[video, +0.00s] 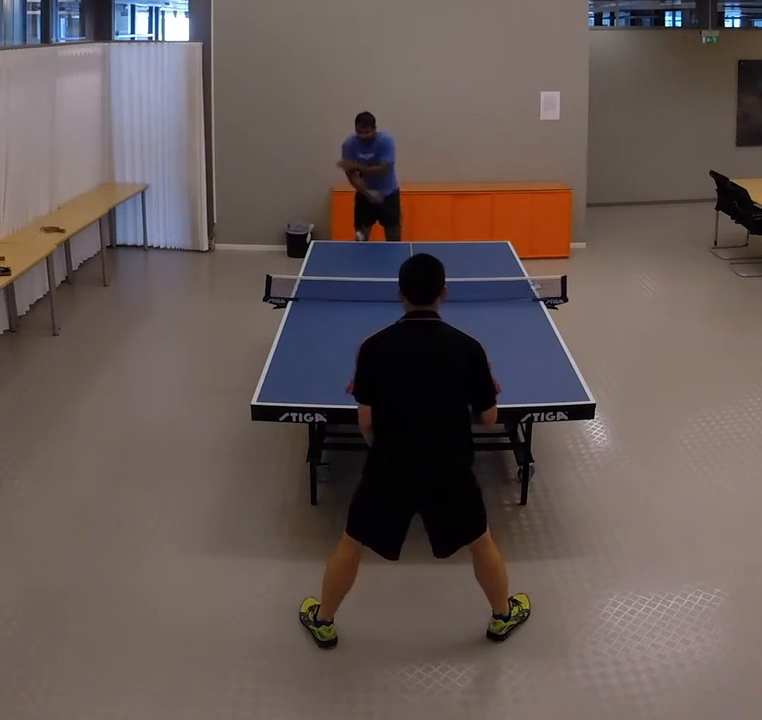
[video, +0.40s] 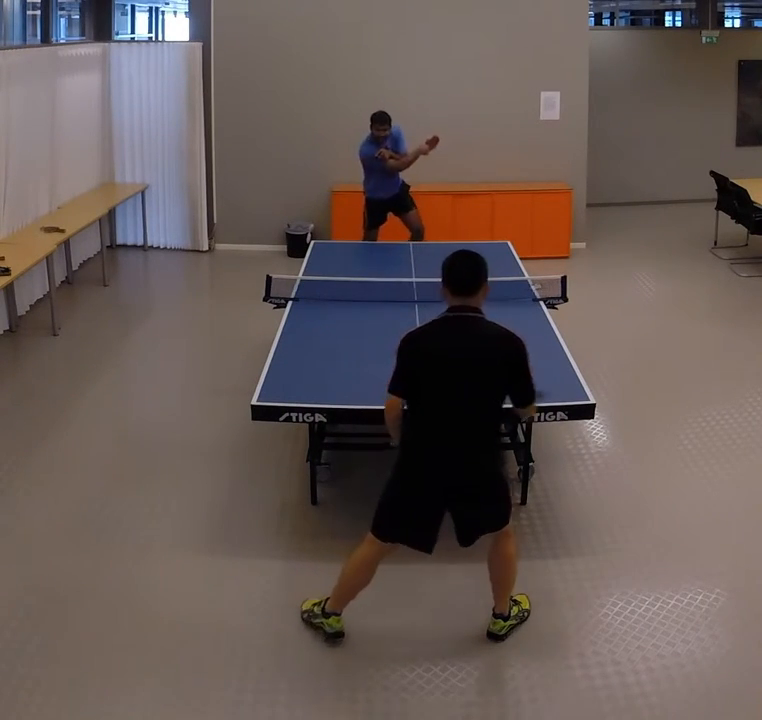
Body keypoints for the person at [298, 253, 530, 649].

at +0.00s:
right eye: (439, 285)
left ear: (400, 292)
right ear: (443, 291)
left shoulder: (375, 348)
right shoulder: (466, 348)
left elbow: (366, 421)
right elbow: (489, 416)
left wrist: (383, 450)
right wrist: (486, 389)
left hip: (390, 468)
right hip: (448, 468)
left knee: (352, 542)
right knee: (480, 541)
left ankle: (323, 621)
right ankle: (502, 616)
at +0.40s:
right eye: (484, 282)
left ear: (442, 288)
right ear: (485, 288)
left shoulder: (416, 341)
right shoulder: (507, 343)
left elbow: (392, 409)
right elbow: (527, 409)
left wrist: (404, 446)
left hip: (421, 462)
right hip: (478, 464)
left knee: (376, 543)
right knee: (501, 532)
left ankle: (331, 612)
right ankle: (503, 613)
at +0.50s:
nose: (490, 283)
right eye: (494, 277)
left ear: (450, 282)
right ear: (493, 281)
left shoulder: (424, 332)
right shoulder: (515, 334)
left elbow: (400, 399)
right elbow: (544, 409)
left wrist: (407, 438)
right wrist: (558, 431)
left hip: (434, 454)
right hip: (492, 458)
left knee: (393, 539)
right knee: (505, 532)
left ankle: (357, 620)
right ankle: (502, 613)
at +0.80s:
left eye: (453, 273)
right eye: (494, 272)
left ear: (452, 279)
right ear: (496, 278)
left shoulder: (430, 333)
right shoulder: (514, 331)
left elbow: (417, 403)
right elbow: (503, 386)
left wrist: (416, 442)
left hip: (440, 450)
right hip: (494, 452)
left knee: (396, 533)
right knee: (501, 538)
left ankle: (364, 616)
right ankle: (504, 613)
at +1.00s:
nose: (425, 290)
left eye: (424, 284)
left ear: (424, 290)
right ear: (466, 290)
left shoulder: (403, 349)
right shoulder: (485, 344)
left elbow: (392, 423)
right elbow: (454, 381)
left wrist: (388, 455)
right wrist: (393, 364)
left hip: (413, 465)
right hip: (465, 463)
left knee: (361, 549)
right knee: (488, 535)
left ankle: (317, 627)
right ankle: (503, 612)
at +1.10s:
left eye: (399, 292)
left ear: (397, 297)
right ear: (440, 299)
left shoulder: (372, 356)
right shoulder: (461, 357)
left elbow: (360, 428)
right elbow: (462, 417)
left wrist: (370, 468)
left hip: (385, 478)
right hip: (442, 477)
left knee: (340, 553)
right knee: (477, 543)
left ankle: (311, 640)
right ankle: (501, 614)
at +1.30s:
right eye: (415, 291)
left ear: (375, 296)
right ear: (420, 297)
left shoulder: (346, 353)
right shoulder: (442, 357)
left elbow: (329, 425)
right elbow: (466, 422)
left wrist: (336, 463)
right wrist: (431, 426)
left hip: (356, 479)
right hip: (416, 479)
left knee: (326, 555)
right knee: (451, 544)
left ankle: (308, 640)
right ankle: (454, 631)